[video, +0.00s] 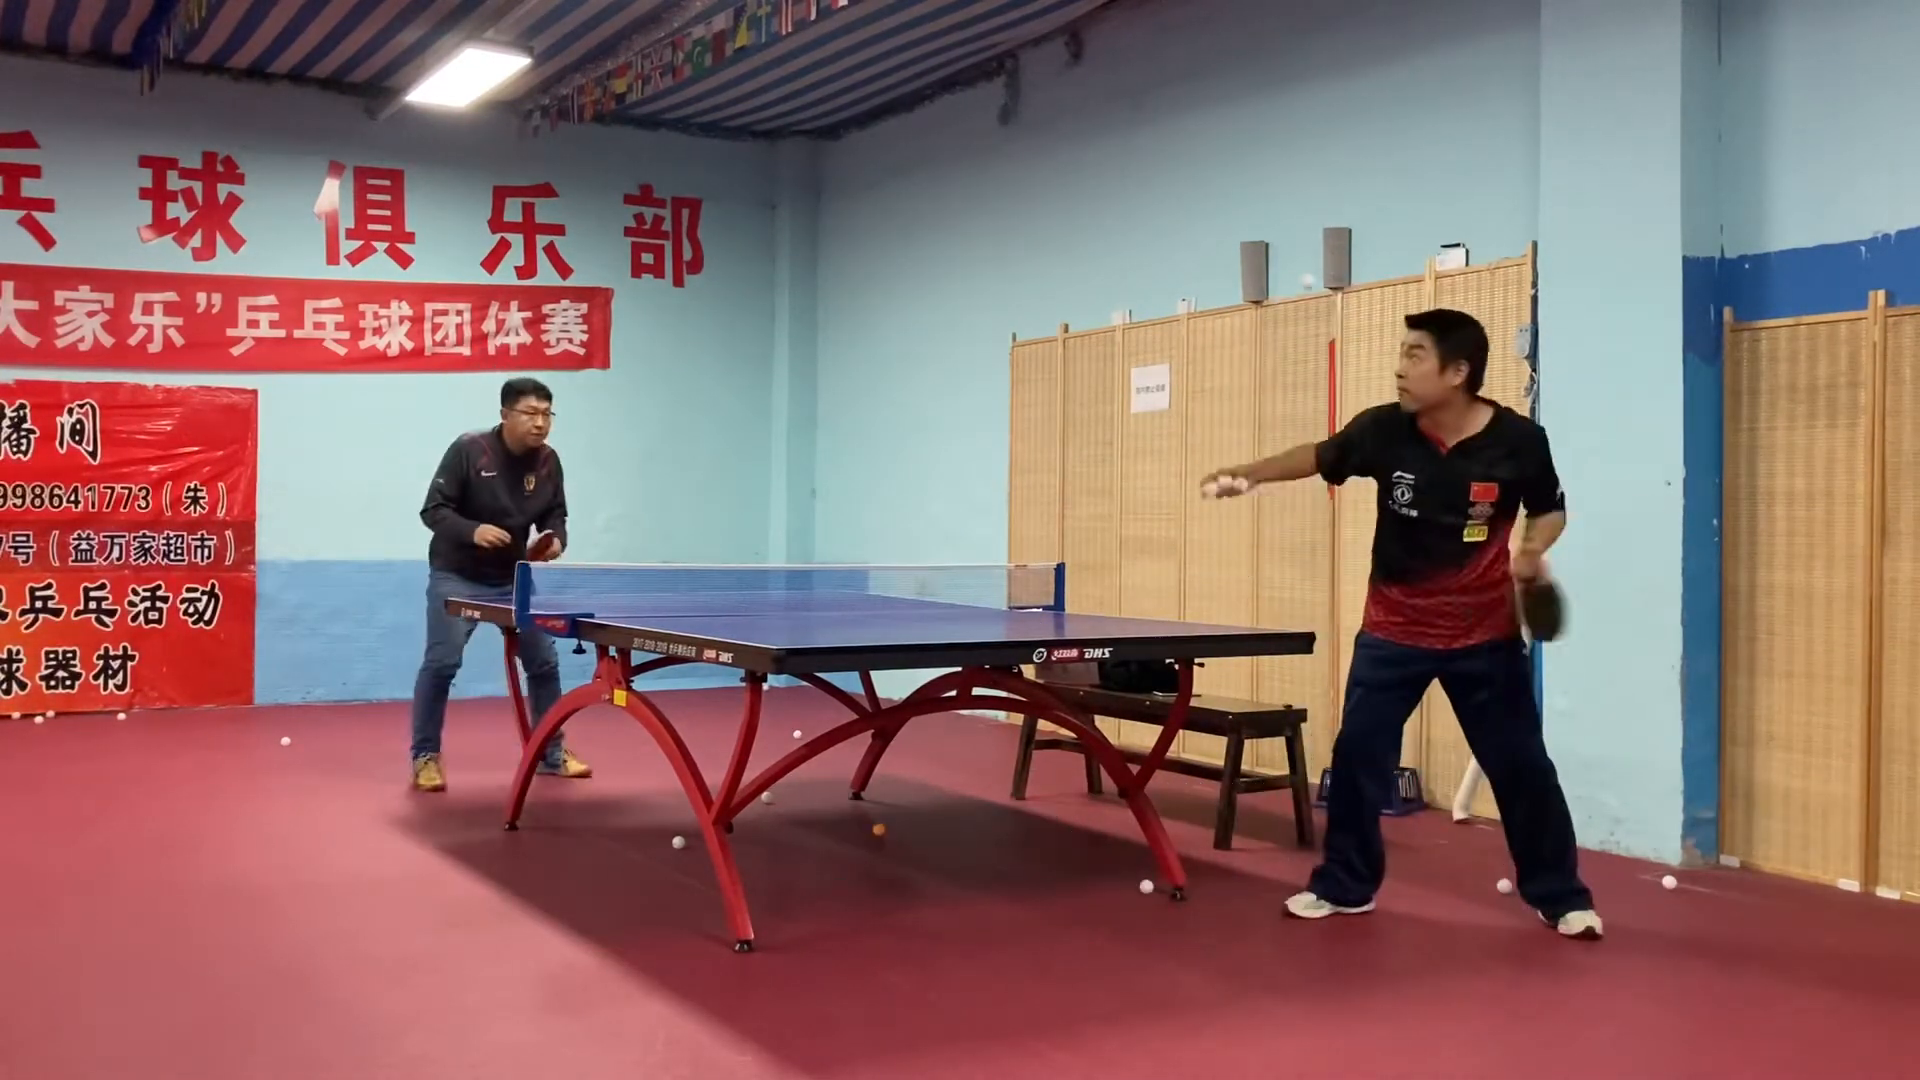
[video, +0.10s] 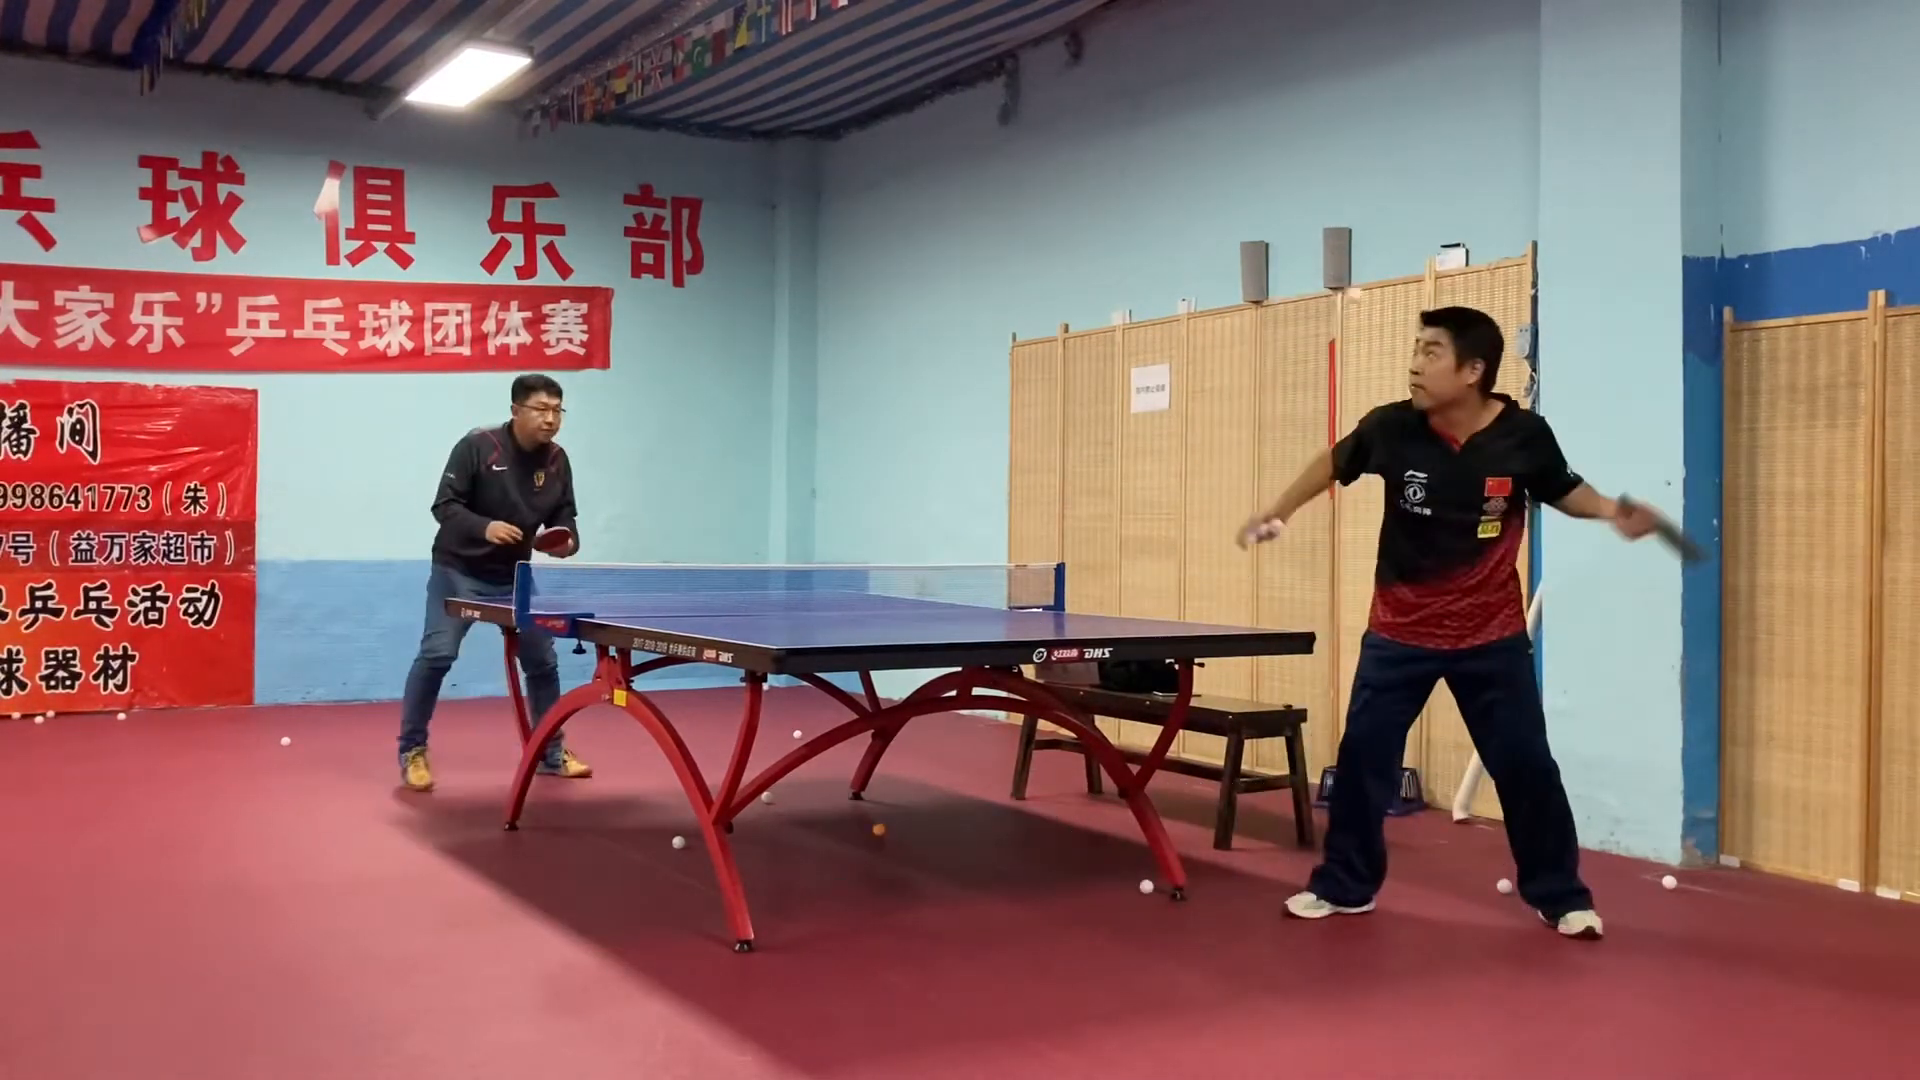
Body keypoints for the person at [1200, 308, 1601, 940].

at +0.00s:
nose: (1400, 368)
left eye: (1416, 356)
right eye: (1401, 355)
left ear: (1459, 371)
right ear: (1412, 367)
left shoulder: (1517, 440)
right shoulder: (1383, 430)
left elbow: (1549, 510)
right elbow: (1320, 456)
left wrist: (1531, 549)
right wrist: (1252, 474)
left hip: (1483, 635)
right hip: (1393, 632)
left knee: (1521, 765)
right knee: (1357, 753)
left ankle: (1561, 896)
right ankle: (1345, 885)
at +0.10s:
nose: (1414, 364)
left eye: (1431, 353)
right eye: (1416, 351)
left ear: (1474, 372)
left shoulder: (1522, 435)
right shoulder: (1390, 428)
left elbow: (1565, 490)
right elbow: (1332, 464)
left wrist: (1613, 511)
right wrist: (1276, 512)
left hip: (1490, 636)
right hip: (1399, 633)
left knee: (1526, 763)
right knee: (1362, 754)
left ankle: (1561, 895)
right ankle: (1345, 884)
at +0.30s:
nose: (1402, 388)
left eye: (1414, 375)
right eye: (1401, 375)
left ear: (1461, 382)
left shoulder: (1525, 433)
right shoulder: (1391, 441)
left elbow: (1618, 459)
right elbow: (1342, 470)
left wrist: (1607, 437)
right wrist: (1356, 541)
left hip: (1496, 641)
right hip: (1404, 634)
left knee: (1536, 770)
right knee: (1351, 744)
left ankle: (1562, 896)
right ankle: (1343, 880)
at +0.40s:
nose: (1364, 415)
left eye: (1374, 401)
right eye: (1363, 401)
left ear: (1418, 402)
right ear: (1406, 404)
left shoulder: (1492, 442)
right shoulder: (1375, 454)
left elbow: (1589, 459)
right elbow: (1365, 493)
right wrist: (1367, 540)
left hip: (1486, 648)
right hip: (1396, 638)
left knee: (1529, 777)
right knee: (1334, 738)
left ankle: (1563, 894)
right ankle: (1350, 879)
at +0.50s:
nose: (1325, 426)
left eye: (1328, 411)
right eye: (1322, 412)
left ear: (1365, 408)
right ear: (1364, 409)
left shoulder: (1449, 451)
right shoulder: (1367, 464)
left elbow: (1510, 527)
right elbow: (1388, 523)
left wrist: (1413, 521)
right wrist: (1362, 535)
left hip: (1464, 659)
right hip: (1383, 650)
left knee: (1514, 788)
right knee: (1328, 758)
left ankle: (1568, 898)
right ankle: (1333, 901)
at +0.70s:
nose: (1282, 404)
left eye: (1286, 389)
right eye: (1281, 389)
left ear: (1317, 388)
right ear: (1325, 387)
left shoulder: (1404, 453)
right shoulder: (1346, 452)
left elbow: (1448, 551)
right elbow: (1380, 548)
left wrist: (1347, 567)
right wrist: (1317, 569)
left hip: (1427, 649)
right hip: (1365, 643)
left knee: (1414, 783)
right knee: (1311, 757)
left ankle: (1524, 898)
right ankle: (1334, 904)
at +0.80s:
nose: (1292, 395)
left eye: (1294, 380)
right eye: (1291, 382)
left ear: (1324, 375)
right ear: (1337, 375)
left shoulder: (1406, 446)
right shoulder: (1346, 447)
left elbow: (1430, 551)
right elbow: (1378, 544)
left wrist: (1334, 550)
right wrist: (1317, 552)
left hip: (1420, 651)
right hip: (1363, 647)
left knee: (1387, 777)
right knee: (1312, 764)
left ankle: (1481, 943)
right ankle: (1333, 903)